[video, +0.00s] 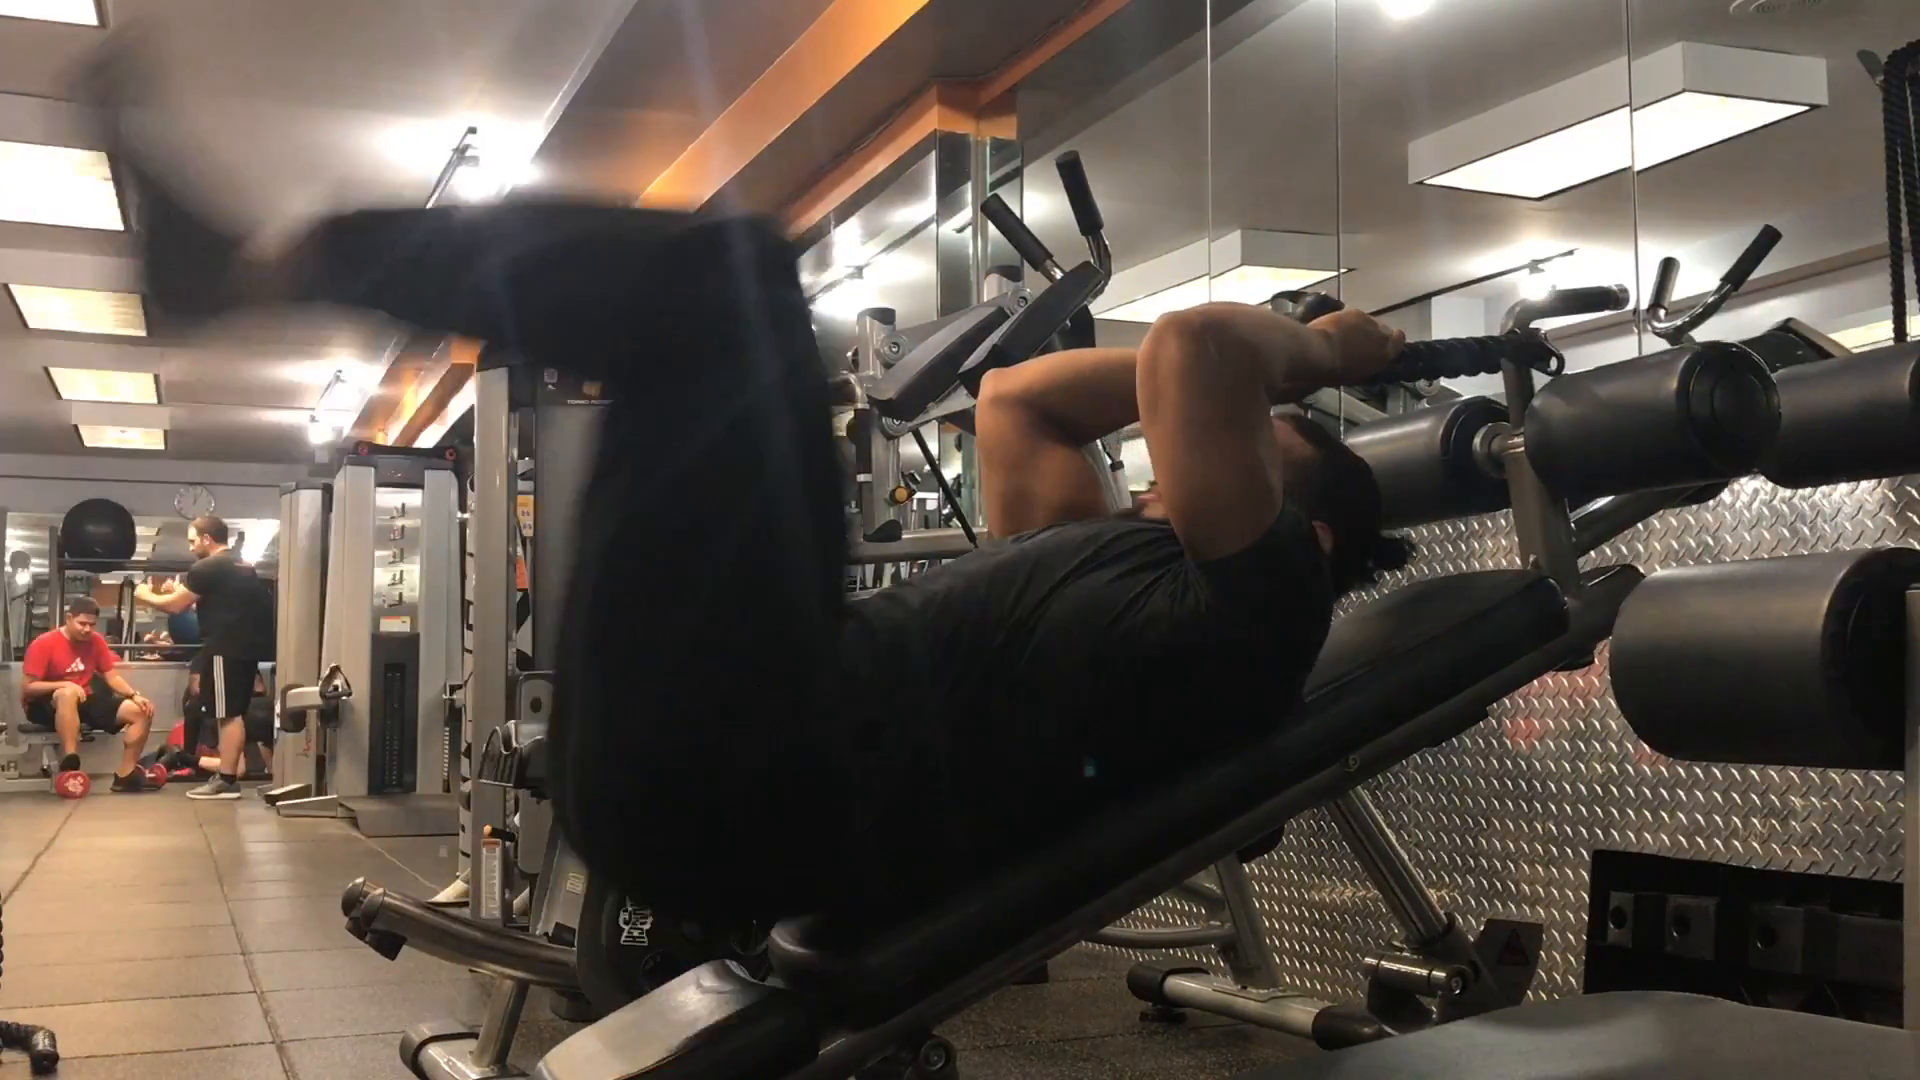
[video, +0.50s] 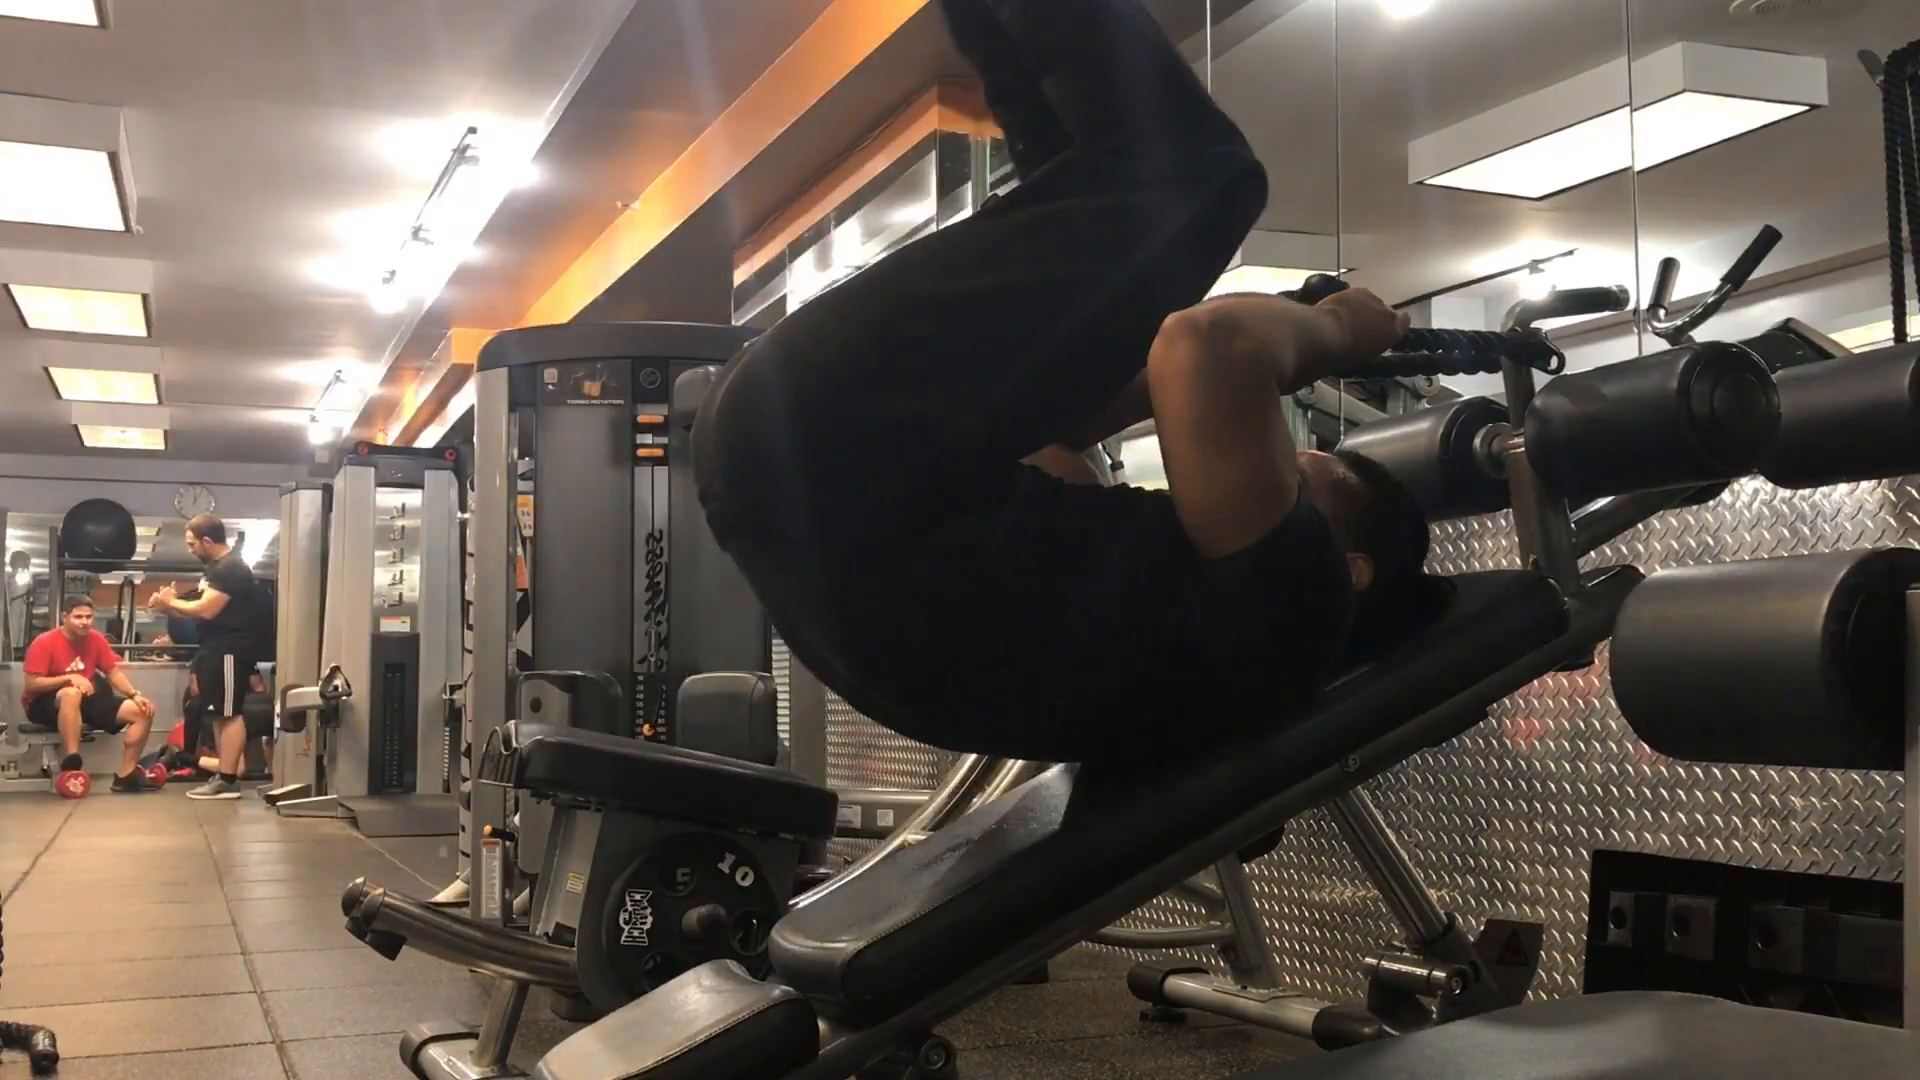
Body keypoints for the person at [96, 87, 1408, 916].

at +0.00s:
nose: (1236, 468)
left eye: (1270, 463)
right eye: (1253, 454)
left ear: (1303, 521)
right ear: (1233, 500)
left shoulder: (1254, 618)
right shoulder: (1103, 581)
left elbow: (1194, 337)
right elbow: (1010, 401)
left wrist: (1323, 344)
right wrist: (1216, 393)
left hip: (735, 820)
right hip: (730, 754)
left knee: (721, 273)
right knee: (739, 266)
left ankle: (262, 263)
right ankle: (320, 256)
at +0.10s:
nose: (1265, 445)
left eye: (1296, 451)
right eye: (1276, 438)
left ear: (1331, 536)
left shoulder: (1272, 602)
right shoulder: (1107, 573)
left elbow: (1195, 335)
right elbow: (1017, 395)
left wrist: (1326, 339)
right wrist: (1205, 406)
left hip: (744, 728)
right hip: (676, 714)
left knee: (911, 248)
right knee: (884, 291)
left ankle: (473, 88)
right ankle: (481, 96)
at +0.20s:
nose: (1273, 446)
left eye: (1304, 458)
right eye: (1288, 447)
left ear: (1337, 543)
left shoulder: (1285, 602)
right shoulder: (1113, 590)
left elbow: (1195, 332)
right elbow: (1044, 396)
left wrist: (1327, 329)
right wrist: (1200, 379)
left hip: (759, 625)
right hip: (706, 621)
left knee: (1030, 230)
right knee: (1024, 230)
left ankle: (667, 20)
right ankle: (677, 30)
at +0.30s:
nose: (1308, 452)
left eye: (1336, 463)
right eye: (1323, 449)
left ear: (1353, 554)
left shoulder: (1291, 605)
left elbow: (1185, 345)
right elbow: (1042, 426)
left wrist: (1331, 328)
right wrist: (1152, 377)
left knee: (1112, 202)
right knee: (1084, 223)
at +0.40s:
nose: (1292, 462)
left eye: (1328, 471)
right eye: (1308, 460)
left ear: (1354, 565)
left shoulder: (1295, 610)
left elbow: (1197, 347)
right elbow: (1037, 424)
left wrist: (1331, 331)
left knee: (1174, 184)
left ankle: (928, 15)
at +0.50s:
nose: (1291, 461)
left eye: (1325, 469)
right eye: (1308, 459)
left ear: (1351, 566)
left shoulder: (1296, 607)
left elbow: (1201, 349)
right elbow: (1044, 442)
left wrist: (1335, 327)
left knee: (1200, 179)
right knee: (1127, 200)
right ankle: (977, 28)